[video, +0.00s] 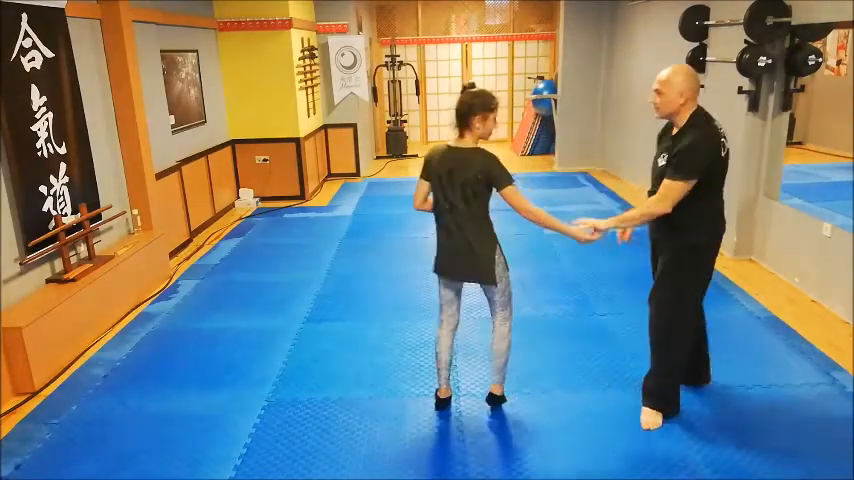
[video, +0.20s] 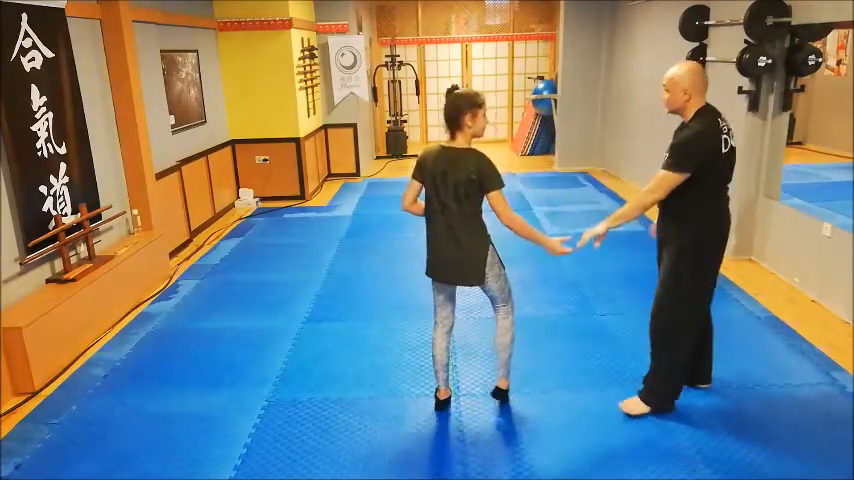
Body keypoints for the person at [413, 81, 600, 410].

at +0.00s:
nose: (496, 124)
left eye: (495, 117)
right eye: (492, 118)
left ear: (468, 120)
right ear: (475, 121)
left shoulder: (436, 155)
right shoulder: (487, 161)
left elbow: (420, 203)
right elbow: (526, 210)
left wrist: (449, 204)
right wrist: (571, 232)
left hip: (448, 252)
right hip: (484, 252)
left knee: (447, 319)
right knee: (501, 315)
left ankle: (442, 390)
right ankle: (496, 387)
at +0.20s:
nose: (486, 120)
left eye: (484, 114)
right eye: (482, 114)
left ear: (456, 120)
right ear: (467, 119)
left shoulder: (429, 156)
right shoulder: (479, 162)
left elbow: (409, 204)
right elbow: (507, 217)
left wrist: (438, 211)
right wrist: (548, 243)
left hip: (439, 253)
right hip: (477, 252)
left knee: (442, 321)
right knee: (503, 308)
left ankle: (442, 391)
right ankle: (502, 382)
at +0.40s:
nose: (488, 120)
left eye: (486, 114)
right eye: (484, 115)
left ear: (458, 120)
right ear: (471, 120)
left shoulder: (431, 157)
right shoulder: (483, 163)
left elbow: (406, 199)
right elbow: (514, 215)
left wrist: (436, 210)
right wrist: (555, 232)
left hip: (441, 252)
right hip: (478, 252)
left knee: (445, 320)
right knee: (504, 313)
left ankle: (442, 392)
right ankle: (517, 389)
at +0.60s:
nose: (499, 126)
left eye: (498, 120)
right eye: (497, 120)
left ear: (469, 121)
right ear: (485, 121)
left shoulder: (447, 160)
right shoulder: (497, 164)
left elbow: (421, 198)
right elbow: (539, 209)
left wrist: (452, 210)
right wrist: (581, 221)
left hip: (459, 255)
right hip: (495, 256)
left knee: (457, 321)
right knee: (507, 327)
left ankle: (444, 391)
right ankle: (520, 394)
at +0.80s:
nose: (512, 124)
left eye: (511, 118)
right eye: (510, 118)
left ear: (480, 120)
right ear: (498, 119)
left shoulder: (460, 159)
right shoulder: (510, 163)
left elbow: (450, 207)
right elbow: (540, 212)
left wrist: (482, 203)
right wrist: (577, 226)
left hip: (470, 254)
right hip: (505, 254)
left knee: (471, 314)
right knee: (514, 324)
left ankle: (450, 383)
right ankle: (522, 393)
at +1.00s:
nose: (512, 124)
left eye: (512, 118)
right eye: (510, 118)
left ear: (481, 120)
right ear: (499, 120)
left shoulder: (458, 159)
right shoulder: (508, 163)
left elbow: (449, 205)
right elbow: (538, 208)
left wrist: (481, 200)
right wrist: (573, 211)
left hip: (468, 254)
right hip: (502, 255)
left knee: (466, 317)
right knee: (510, 327)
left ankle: (452, 383)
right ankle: (521, 393)